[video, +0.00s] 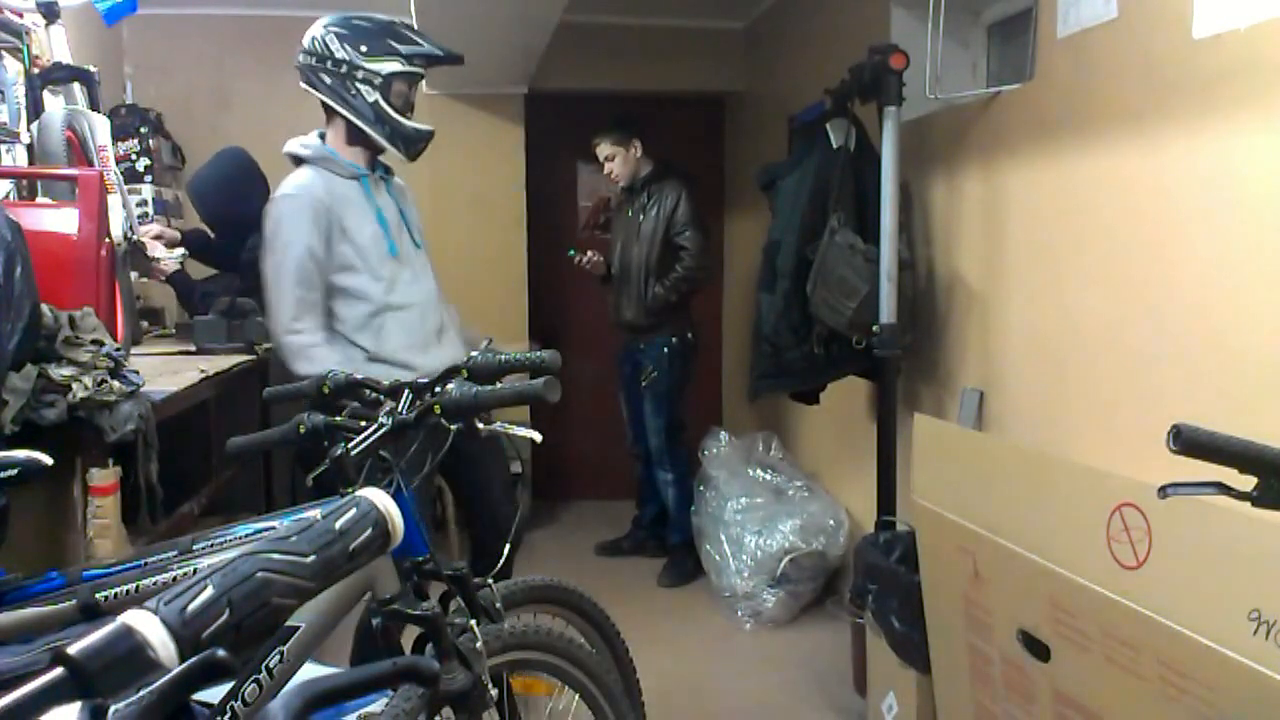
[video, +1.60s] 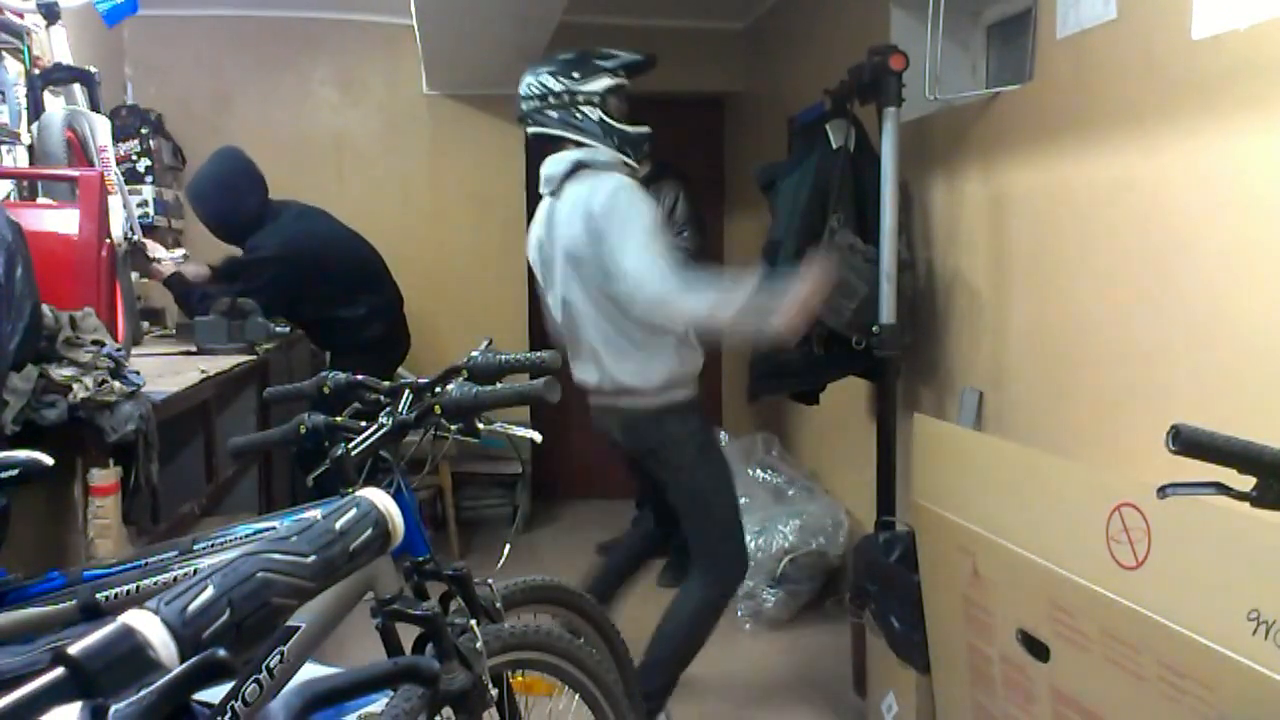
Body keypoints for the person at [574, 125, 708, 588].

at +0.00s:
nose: (606, 170)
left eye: (610, 159)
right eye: (602, 163)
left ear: (636, 151)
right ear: (611, 165)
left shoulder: (671, 193)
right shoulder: (625, 205)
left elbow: (695, 259)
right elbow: (625, 270)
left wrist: (658, 296)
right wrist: (604, 269)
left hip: (664, 336)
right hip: (632, 335)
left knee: (663, 441)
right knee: (640, 442)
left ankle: (683, 545)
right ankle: (649, 530)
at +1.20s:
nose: (605, 171)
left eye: (609, 160)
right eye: (600, 164)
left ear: (633, 151)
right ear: (605, 164)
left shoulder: (670, 194)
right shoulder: (619, 204)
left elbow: (692, 258)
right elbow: (616, 265)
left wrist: (653, 306)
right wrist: (608, 305)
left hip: (663, 330)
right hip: (624, 329)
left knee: (663, 428)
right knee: (630, 429)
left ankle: (684, 540)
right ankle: (644, 525)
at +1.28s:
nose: (592, 152)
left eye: (594, 140)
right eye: (580, 138)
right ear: (550, 140)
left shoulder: (527, 215)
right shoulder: (565, 211)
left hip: (559, 423)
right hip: (593, 426)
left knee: (592, 539)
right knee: (696, 545)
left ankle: (512, 617)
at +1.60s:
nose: (626, 106)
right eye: (616, 99)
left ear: (558, 119)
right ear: (587, 108)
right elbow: (659, 293)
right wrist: (772, 304)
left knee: (659, 521)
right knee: (722, 558)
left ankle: (577, 624)